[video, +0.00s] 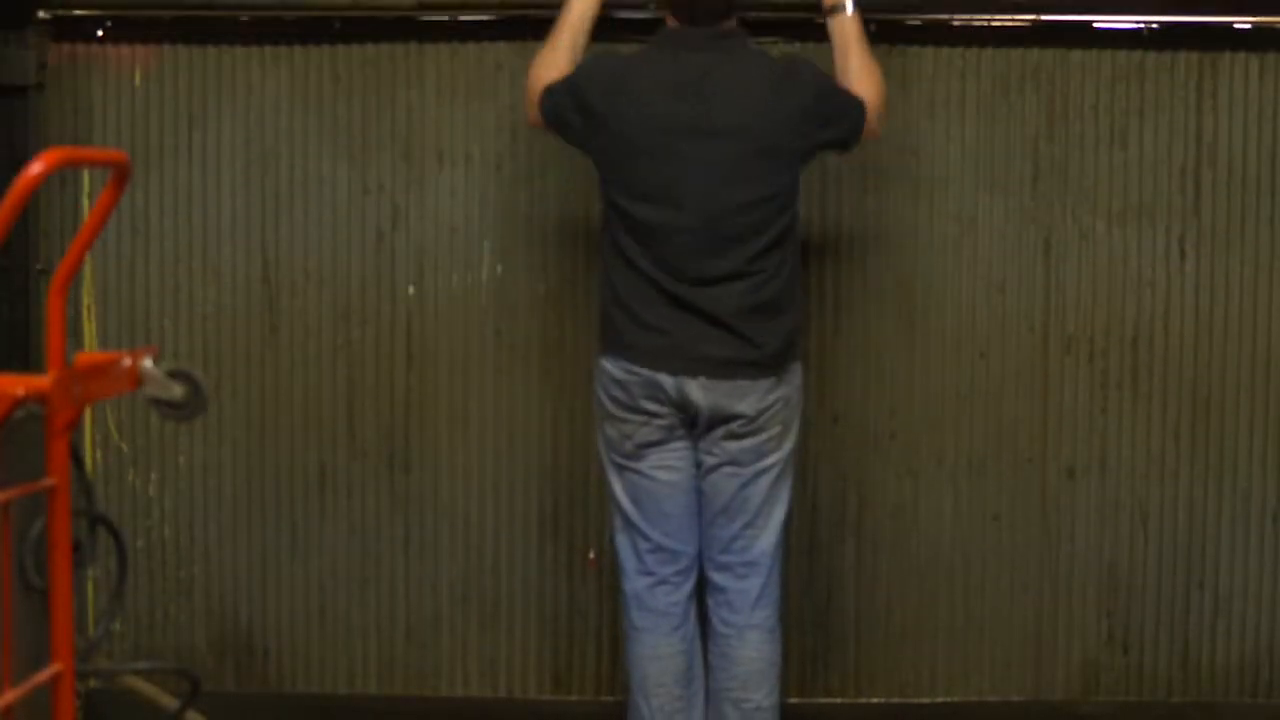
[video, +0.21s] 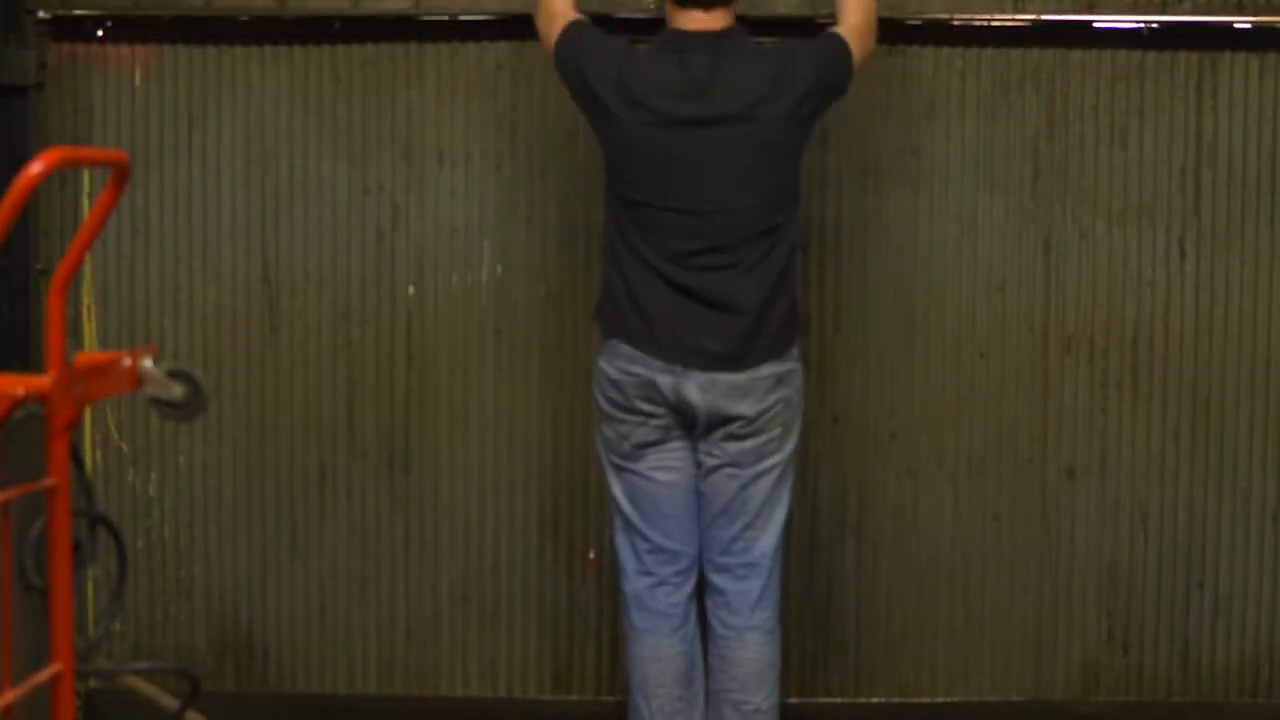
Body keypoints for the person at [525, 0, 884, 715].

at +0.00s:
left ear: (664, 10)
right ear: (741, 11)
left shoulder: (620, 83)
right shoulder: (781, 88)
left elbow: (543, 96)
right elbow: (863, 106)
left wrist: (583, 1)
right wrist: (843, 11)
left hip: (638, 358)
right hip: (750, 363)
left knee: (656, 579)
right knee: (744, 580)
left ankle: (666, 714)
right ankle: (744, 713)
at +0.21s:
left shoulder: (616, 73)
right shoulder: (789, 76)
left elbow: (553, 12)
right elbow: (856, 29)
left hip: (637, 354)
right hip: (751, 360)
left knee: (656, 582)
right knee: (743, 582)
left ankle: (667, 714)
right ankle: (744, 713)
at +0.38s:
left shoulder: (620, 71)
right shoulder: (786, 75)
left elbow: (543, 55)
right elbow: (860, 72)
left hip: (639, 352)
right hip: (753, 359)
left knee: (657, 582)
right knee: (745, 584)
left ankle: (665, 715)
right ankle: (745, 714)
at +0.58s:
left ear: (660, 2)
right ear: (733, 0)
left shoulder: (616, 80)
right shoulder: (780, 77)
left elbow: (530, 139)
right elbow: (860, 141)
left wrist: (557, 56)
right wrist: (815, 55)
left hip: (639, 358)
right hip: (756, 363)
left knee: (659, 581)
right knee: (748, 583)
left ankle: (666, 715)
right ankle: (747, 716)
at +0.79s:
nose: (640, 10)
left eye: (645, 5)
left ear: (652, 10)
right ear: (730, 8)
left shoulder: (615, 82)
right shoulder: (774, 82)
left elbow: (528, 160)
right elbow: (846, 167)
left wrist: (559, 66)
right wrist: (810, 71)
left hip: (642, 341)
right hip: (756, 343)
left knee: (656, 572)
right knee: (750, 572)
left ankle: (663, 715)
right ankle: (750, 714)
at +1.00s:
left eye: (652, 8)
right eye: (731, 7)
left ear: (654, 12)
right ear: (731, 10)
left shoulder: (618, 92)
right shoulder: (780, 91)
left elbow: (534, 184)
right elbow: (847, 189)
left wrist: (562, 91)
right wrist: (810, 92)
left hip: (643, 335)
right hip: (757, 336)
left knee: (657, 569)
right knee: (751, 568)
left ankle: (665, 713)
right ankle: (750, 713)